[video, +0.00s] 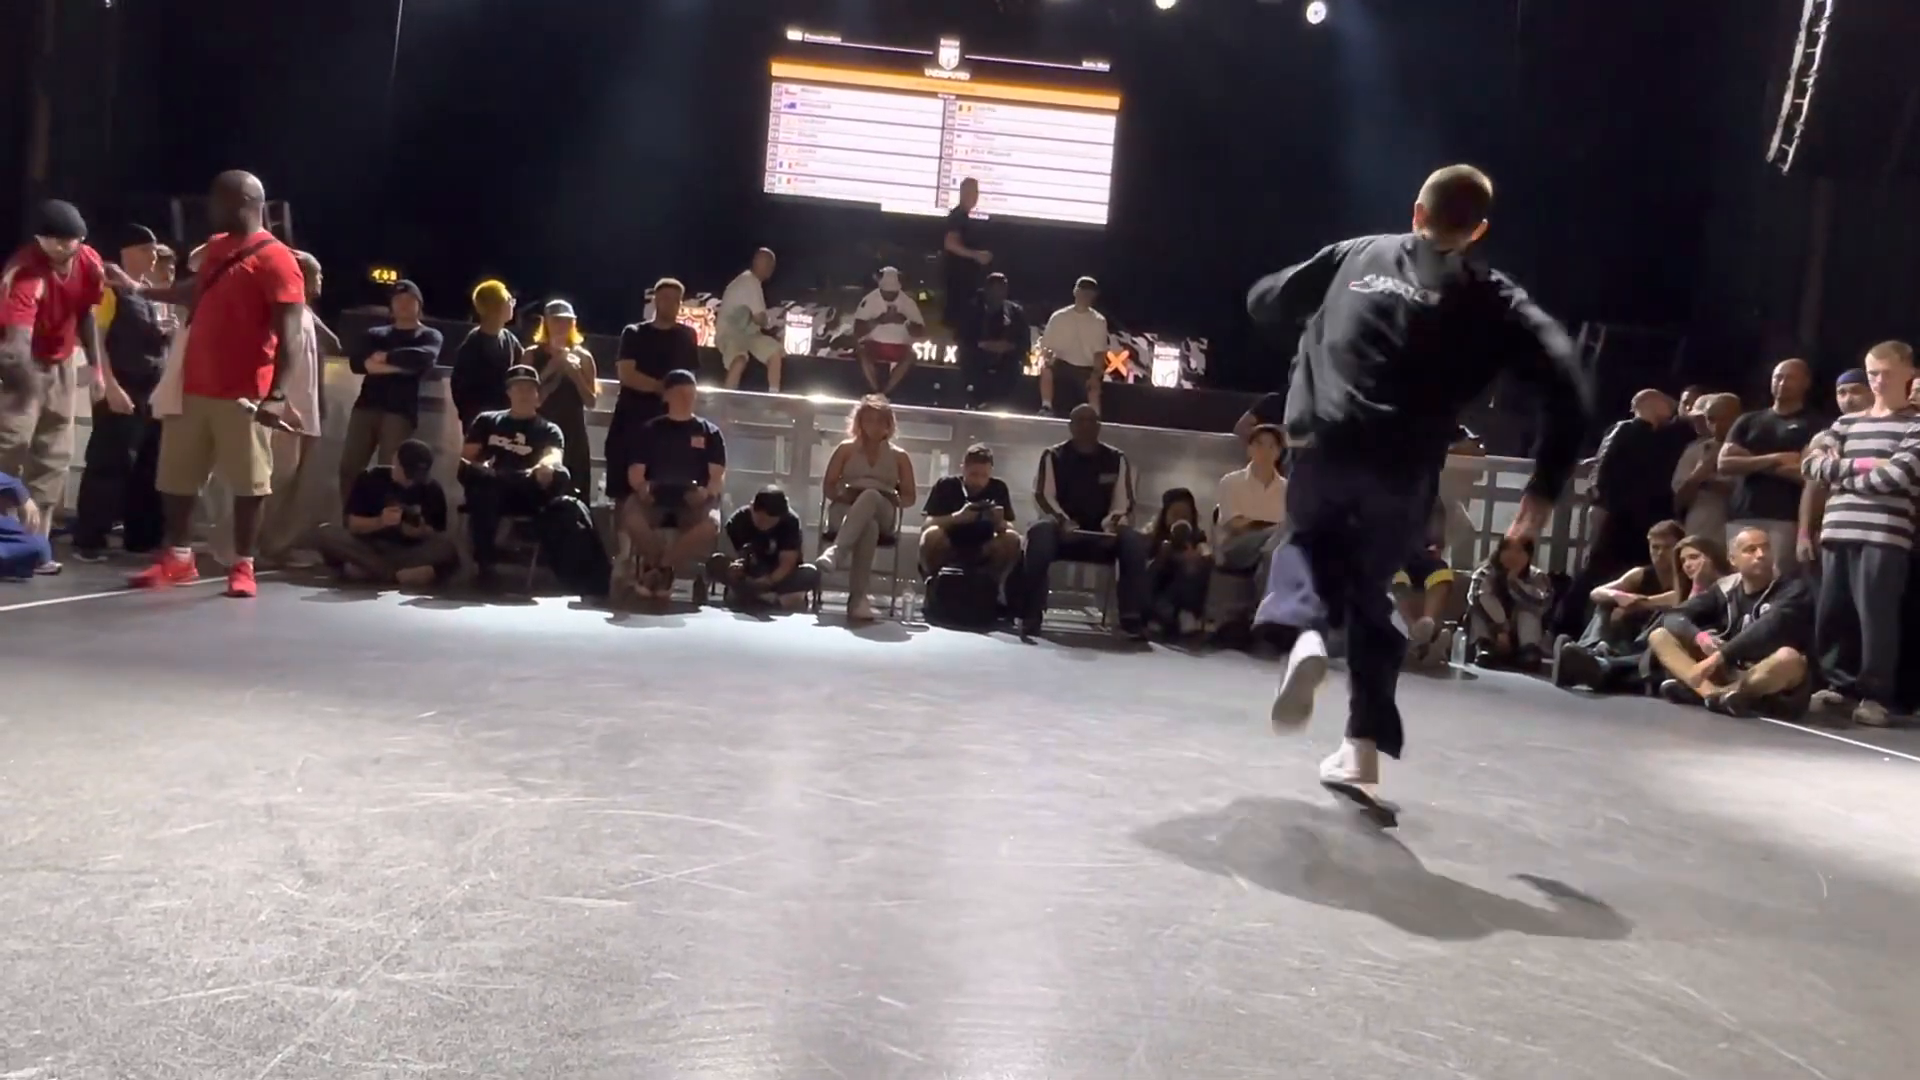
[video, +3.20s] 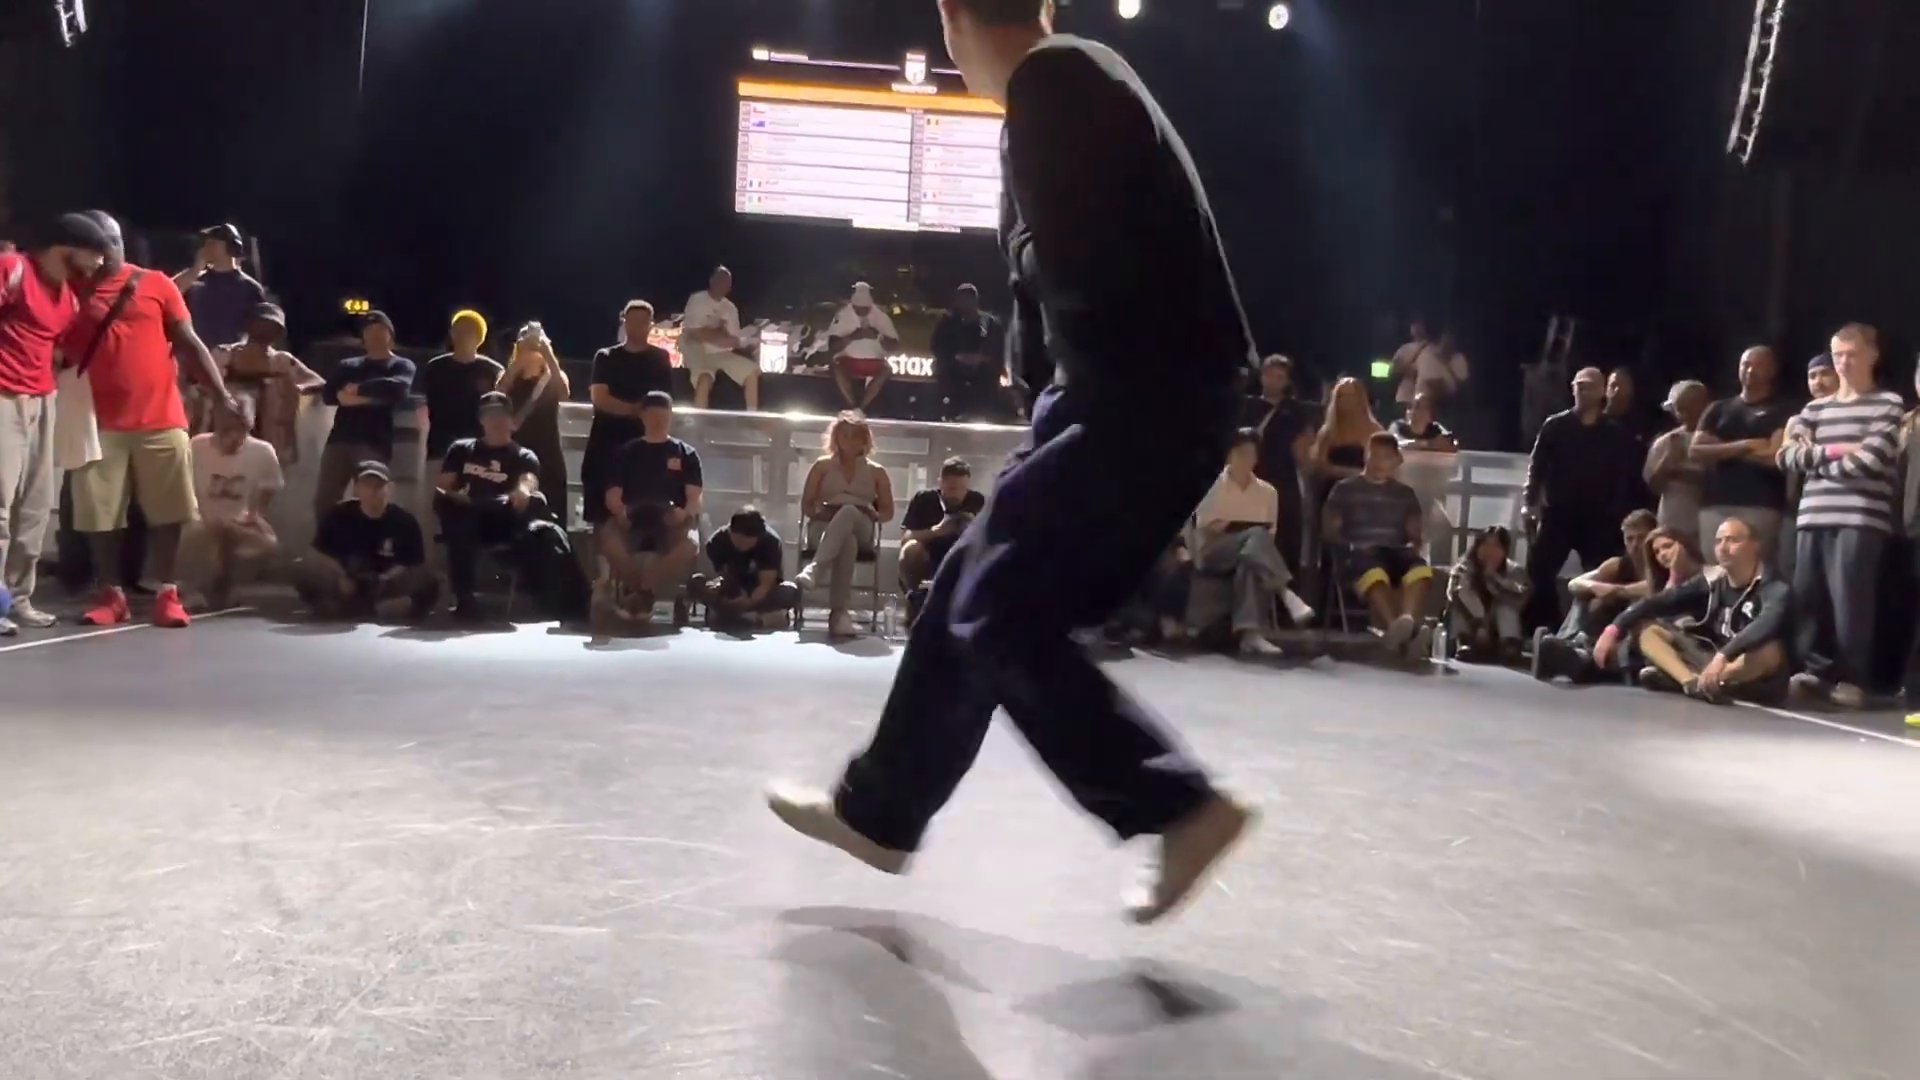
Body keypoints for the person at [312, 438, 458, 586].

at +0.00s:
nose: (408, 483)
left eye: (415, 480)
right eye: (405, 477)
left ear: (424, 473)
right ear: (396, 462)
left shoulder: (431, 489)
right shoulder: (370, 479)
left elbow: (438, 532)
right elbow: (353, 524)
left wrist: (419, 530)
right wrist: (381, 522)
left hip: (411, 549)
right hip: (369, 545)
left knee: (446, 550)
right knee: (324, 534)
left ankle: (372, 573)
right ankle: (393, 575)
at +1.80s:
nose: (400, 466)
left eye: (405, 460)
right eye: (395, 459)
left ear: (412, 462)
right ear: (382, 459)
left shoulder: (427, 492)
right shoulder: (362, 485)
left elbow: (436, 535)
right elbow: (344, 527)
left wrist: (404, 528)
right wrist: (367, 527)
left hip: (409, 551)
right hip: (368, 547)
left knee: (445, 550)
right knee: (326, 538)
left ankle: (373, 576)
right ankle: (394, 577)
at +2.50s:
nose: (380, 471)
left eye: (386, 466)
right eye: (375, 465)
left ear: (395, 470)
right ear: (365, 467)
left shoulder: (412, 502)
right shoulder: (346, 497)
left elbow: (423, 546)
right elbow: (327, 538)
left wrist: (395, 548)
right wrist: (350, 541)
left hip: (395, 561)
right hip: (354, 560)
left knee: (433, 561)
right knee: (313, 550)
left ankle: (358, 588)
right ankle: (382, 591)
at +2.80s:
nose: (375, 477)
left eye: (380, 472)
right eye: (369, 471)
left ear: (389, 475)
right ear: (358, 474)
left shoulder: (405, 507)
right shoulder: (339, 501)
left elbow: (416, 548)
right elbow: (318, 540)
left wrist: (400, 558)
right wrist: (346, 557)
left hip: (389, 568)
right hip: (347, 567)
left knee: (427, 568)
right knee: (306, 556)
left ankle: (350, 596)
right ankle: (378, 596)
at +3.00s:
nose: (371, 485)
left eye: (377, 480)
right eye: (366, 479)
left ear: (386, 483)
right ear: (356, 481)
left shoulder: (402, 515)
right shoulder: (338, 509)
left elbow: (413, 557)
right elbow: (320, 548)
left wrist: (384, 573)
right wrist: (341, 574)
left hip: (385, 575)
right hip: (346, 572)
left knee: (424, 573)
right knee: (301, 562)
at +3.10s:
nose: (374, 491)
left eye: (380, 485)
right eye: (369, 484)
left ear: (389, 488)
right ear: (358, 487)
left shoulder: (405, 520)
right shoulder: (339, 514)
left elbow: (415, 562)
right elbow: (319, 553)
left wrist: (387, 579)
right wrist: (341, 578)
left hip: (386, 581)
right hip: (347, 580)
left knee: (428, 580)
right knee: (304, 567)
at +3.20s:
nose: (373, 493)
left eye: (379, 486)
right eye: (367, 486)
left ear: (388, 489)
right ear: (357, 489)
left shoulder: (404, 521)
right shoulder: (338, 515)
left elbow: (413, 563)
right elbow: (318, 553)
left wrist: (386, 579)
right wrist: (340, 578)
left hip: (386, 582)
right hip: (346, 581)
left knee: (427, 581)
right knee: (304, 570)